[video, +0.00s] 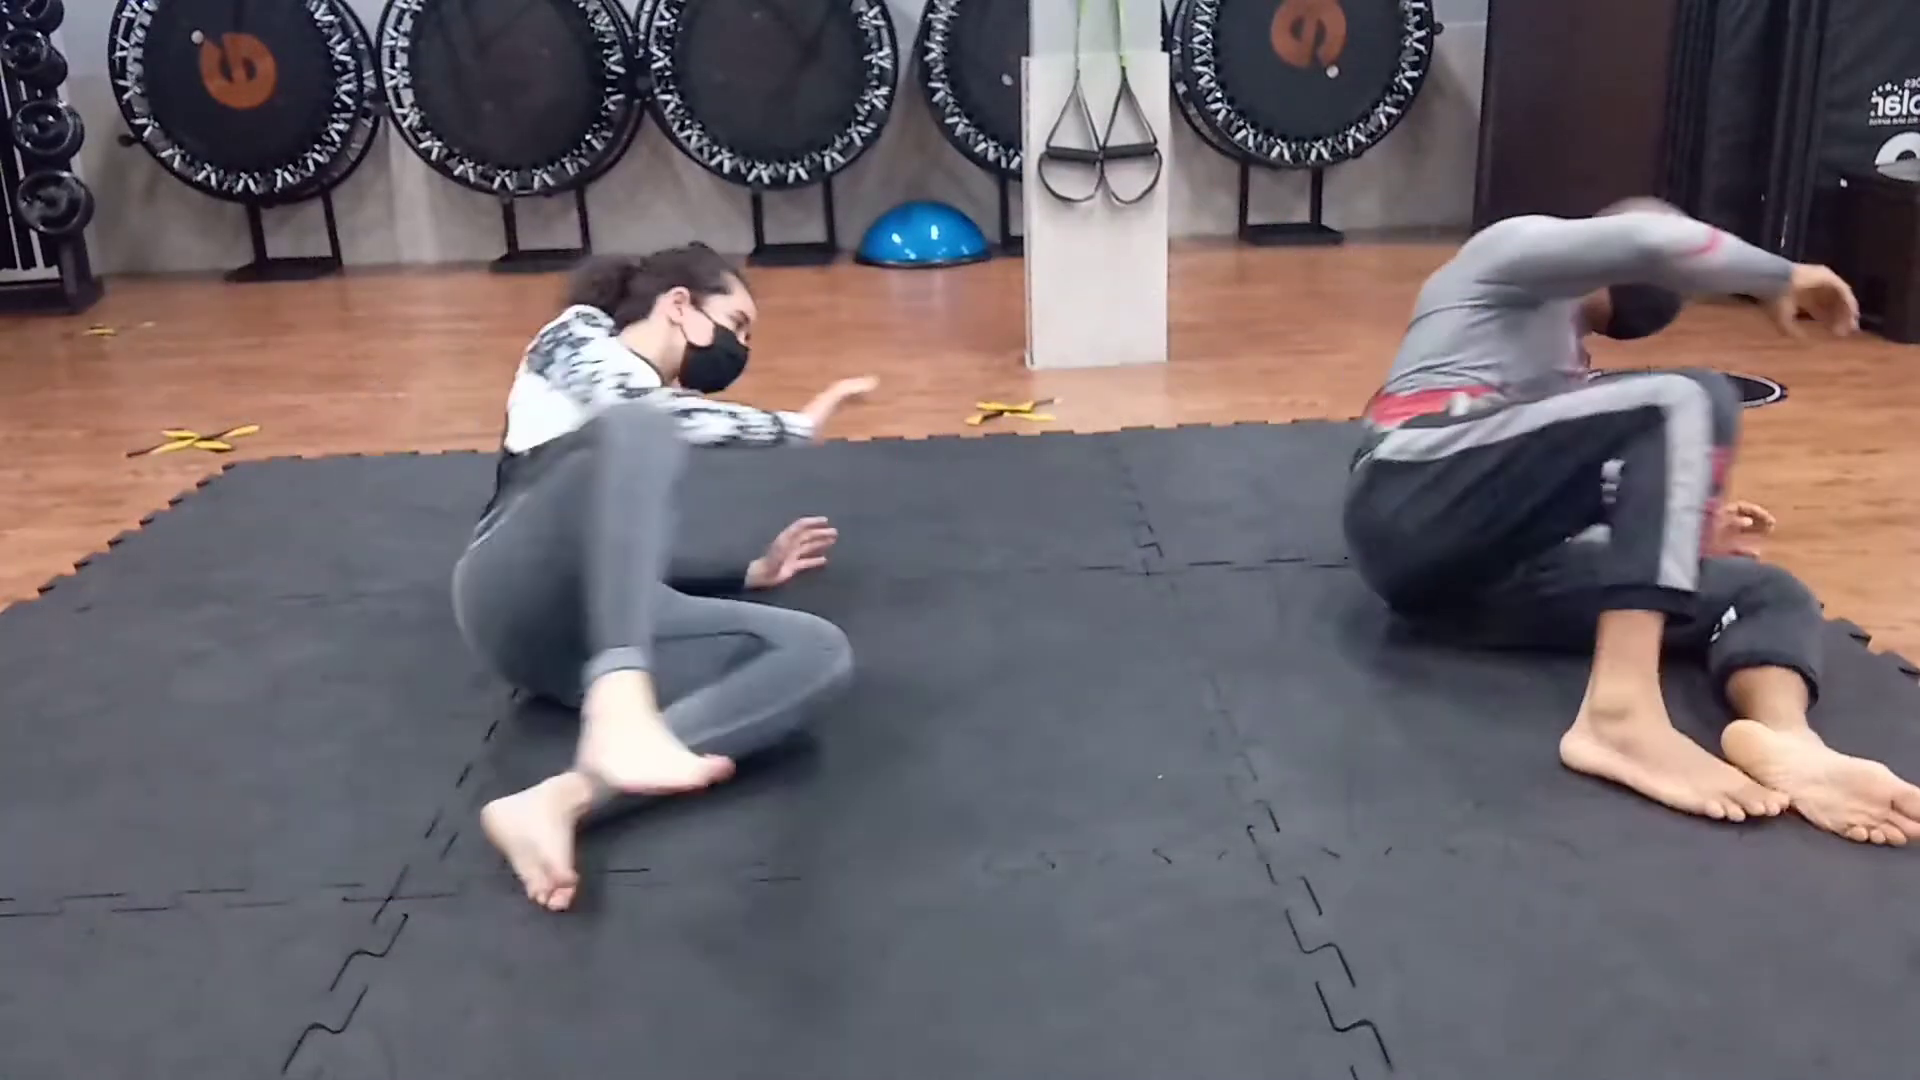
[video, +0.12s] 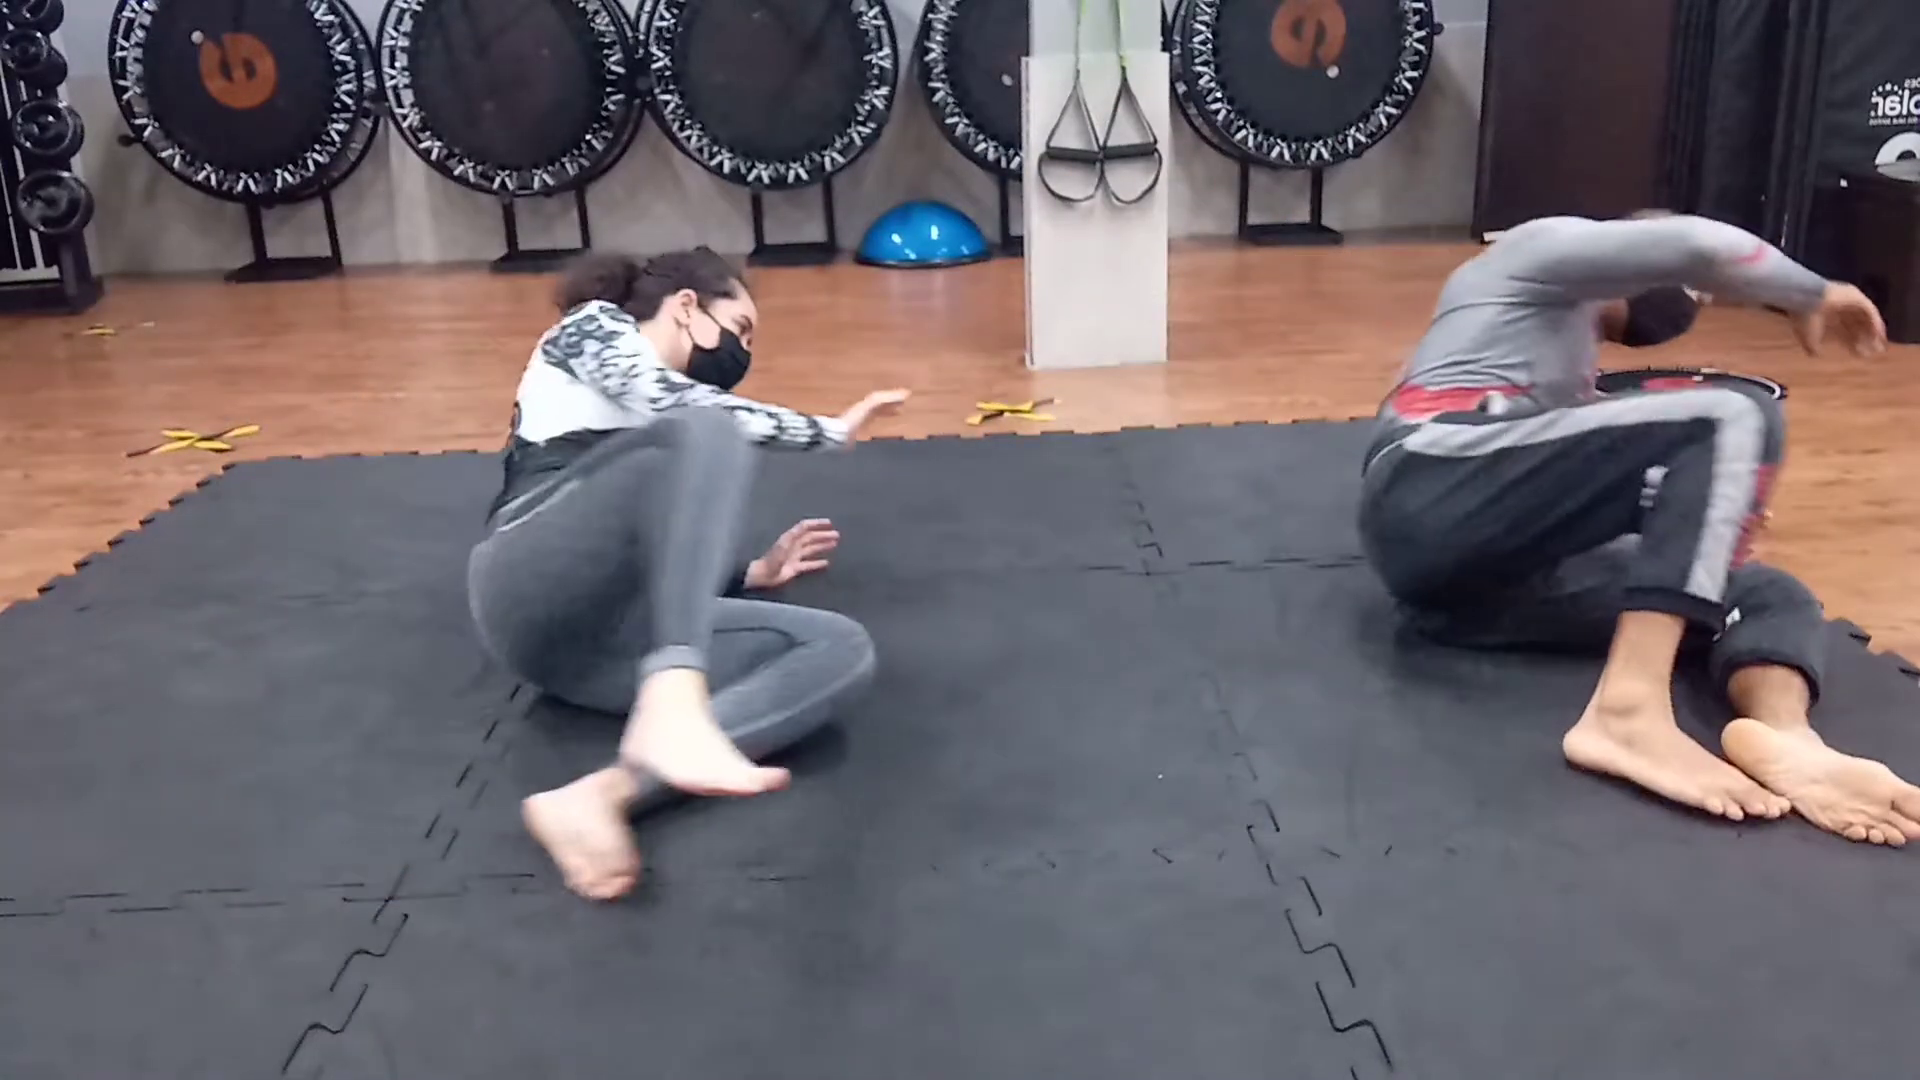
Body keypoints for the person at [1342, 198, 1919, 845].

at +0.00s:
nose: (1621, 325)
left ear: (1608, 306)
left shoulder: (1570, 387)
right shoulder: (1504, 258)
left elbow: (1551, 520)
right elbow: (1651, 236)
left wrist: (1681, 538)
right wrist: (1782, 280)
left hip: (1467, 586)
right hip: (1410, 493)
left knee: (1761, 587)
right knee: (1686, 398)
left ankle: (1777, 732)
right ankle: (1619, 711)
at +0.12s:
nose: (1690, 298)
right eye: (1690, 286)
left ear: (1630, 317)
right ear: (1641, 254)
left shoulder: (1574, 391)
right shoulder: (1531, 256)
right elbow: (1702, 245)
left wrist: (1708, 531)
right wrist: (1809, 297)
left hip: (1462, 594)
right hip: (1428, 486)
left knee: (1765, 592)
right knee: (1734, 412)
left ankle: (1777, 729)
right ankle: (1626, 709)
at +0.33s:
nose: (1647, 358)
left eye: (1656, 353)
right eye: (1659, 345)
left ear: (1644, 329)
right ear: (1662, 274)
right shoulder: (1586, 260)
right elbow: (1766, 271)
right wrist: (1850, 341)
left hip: (1453, 591)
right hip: (1461, 477)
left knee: (1773, 593)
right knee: (1799, 460)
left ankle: (1779, 728)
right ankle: (1639, 699)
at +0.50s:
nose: (1685, 363)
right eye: (1690, 356)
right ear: (1669, 295)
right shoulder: (1619, 270)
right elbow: (1814, 296)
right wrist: (1875, 372)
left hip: (1449, 589)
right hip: (1488, 472)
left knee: (1783, 588)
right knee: (1832, 497)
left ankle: (1776, 721)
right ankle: (1660, 684)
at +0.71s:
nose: (1695, 395)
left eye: (1698, 391)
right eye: (1701, 385)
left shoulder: (1524, 338)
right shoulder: (1656, 285)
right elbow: (1863, 317)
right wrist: (1886, 401)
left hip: (1455, 585)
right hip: (1509, 473)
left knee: (1802, 600)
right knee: (1859, 525)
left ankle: (1775, 723)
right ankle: (1663, 680)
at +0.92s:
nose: (1705, 400)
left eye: (1710, 396)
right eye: (1711, 391)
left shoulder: (1526, 334)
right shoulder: (1675, 298)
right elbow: (1888, 359)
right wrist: (1883, 439)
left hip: (1453, 584)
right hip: (1516, 479)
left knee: (1795, 597)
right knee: (1867, 529)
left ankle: (1780, 725)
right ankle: (1656, 685)